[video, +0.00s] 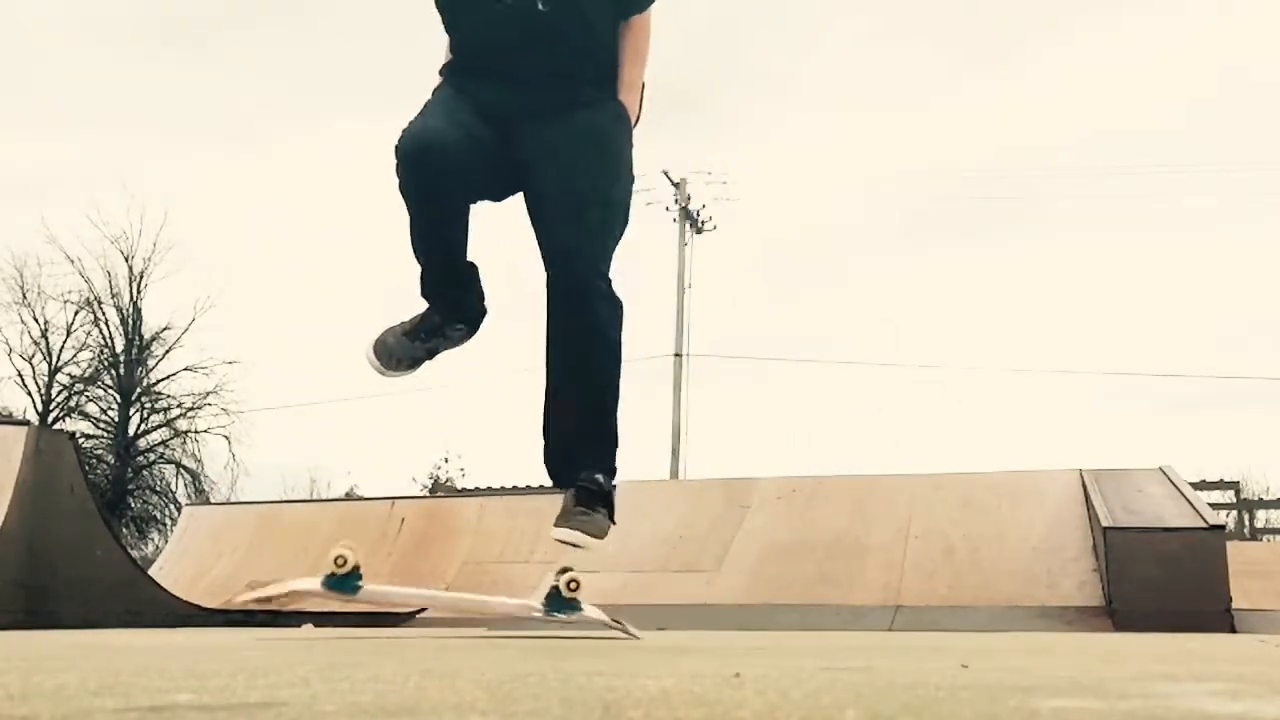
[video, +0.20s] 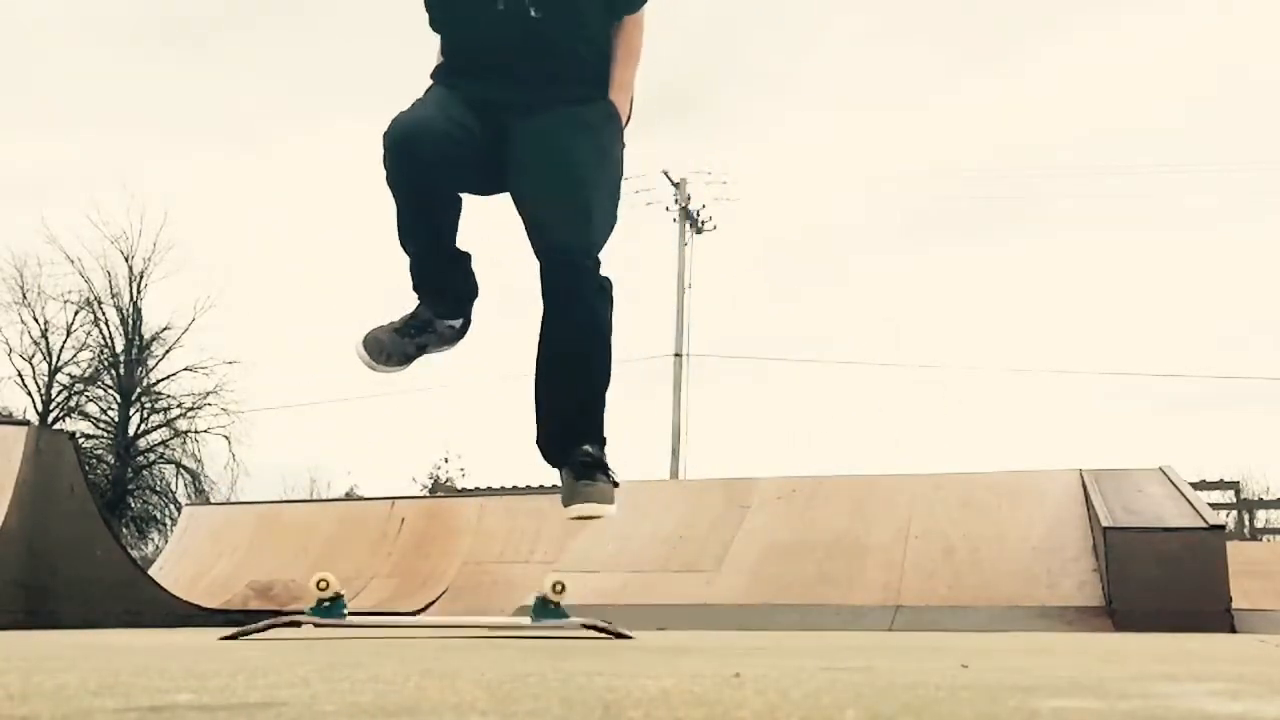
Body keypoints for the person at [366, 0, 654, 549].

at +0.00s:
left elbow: (635, 13)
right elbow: (462, 31)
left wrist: (622, 113)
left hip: (580, 97)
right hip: (479, 88)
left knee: (581, 283)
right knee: (425, 154)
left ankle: (588, 480)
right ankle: (453, 308)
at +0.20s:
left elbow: (629, 12)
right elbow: (451, 38)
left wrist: (616, 109)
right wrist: (443, 93)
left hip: (568, 105)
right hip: (470, 97)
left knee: (573, 275)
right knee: (411, 141)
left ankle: (581, 453)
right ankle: (442, 308)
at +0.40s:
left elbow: (624, 13)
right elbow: (443, 32)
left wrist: (609, 104)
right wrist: (436, 96)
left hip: (561, 108)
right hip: (462, 103)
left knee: (565, 251)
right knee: (402, 144)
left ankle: (566, 418)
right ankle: (421, 324)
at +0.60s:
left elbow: (617, 16)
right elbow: (440, 35)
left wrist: (600, 111)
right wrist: (433, 102)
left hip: (554, 111)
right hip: (457, 107)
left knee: (547, 222)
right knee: (390, 162)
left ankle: (552, 396)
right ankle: (394, 353)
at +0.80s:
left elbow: (614, 17)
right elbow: (432, 35)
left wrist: (592, 115)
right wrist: (429, 100)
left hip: (550, 119)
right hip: (449, 111)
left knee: (539, 226)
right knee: (380, 197)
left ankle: (547, 399)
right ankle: (367, 384)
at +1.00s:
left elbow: (613, 18)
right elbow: (431, 36)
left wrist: (587, 118)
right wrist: (426, 102)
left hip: (548, 117)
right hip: (446, 111)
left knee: (537, 235)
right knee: (375, 221)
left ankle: (543, 410)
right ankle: (352, 405)